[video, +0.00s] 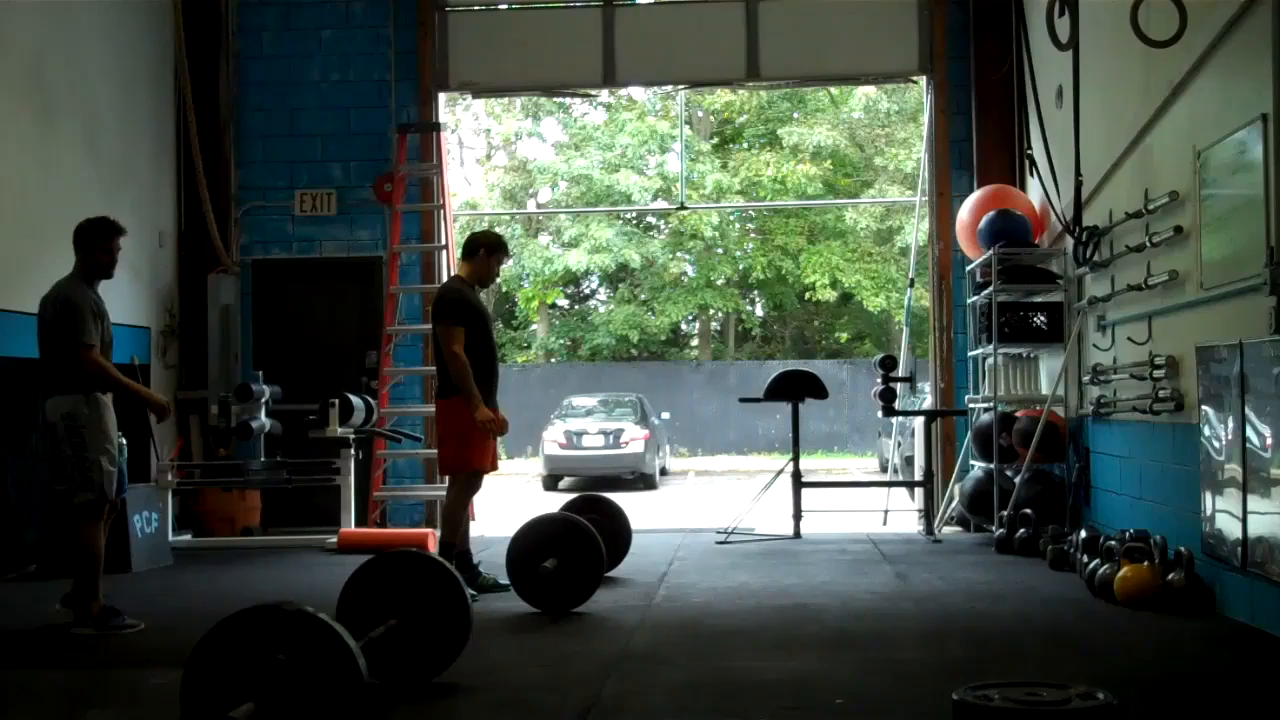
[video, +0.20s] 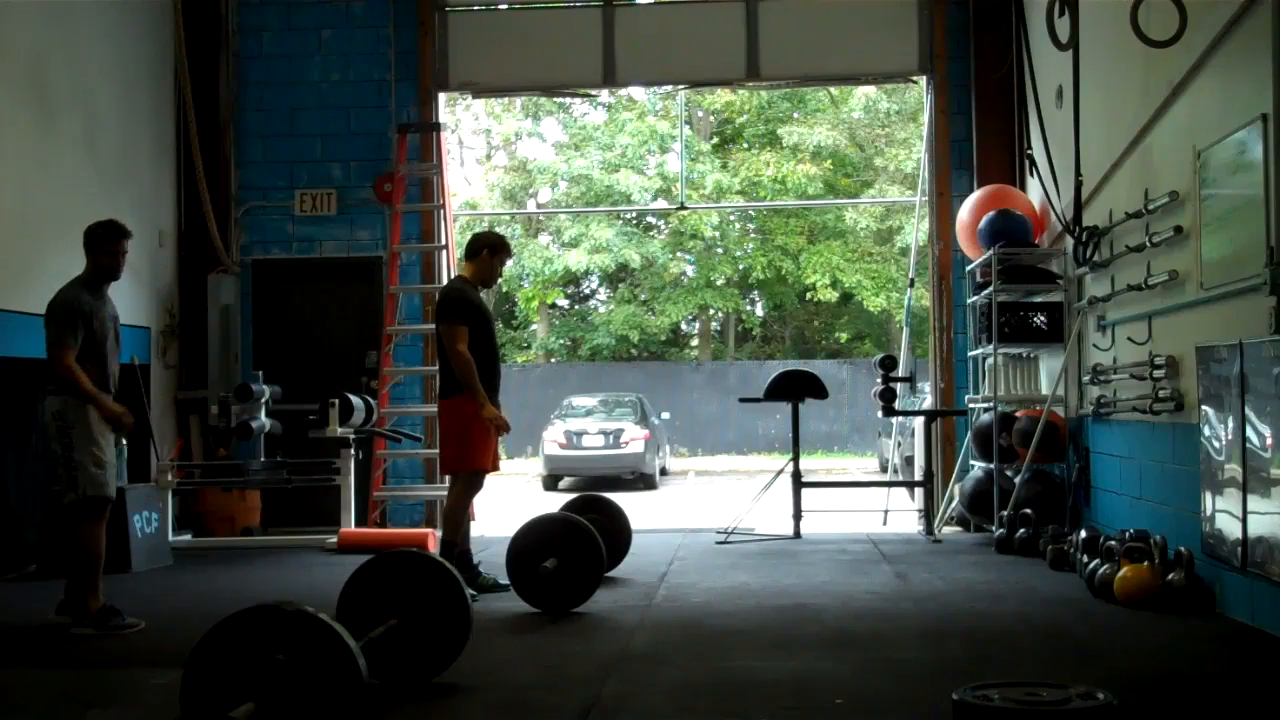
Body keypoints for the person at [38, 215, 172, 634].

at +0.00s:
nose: (118, 258)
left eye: (118, 250)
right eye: (113, 250)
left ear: (89, 251)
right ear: (93, 250)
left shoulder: (66, 295)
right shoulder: (79, 298)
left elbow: (80, 363)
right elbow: (89, 361)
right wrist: (146, 394)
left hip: (72, 412)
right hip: (84, 413)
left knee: (92, 506)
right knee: (95, 508)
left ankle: (82, 596)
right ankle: (91, 607)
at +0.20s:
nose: (123, 261)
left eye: (125, 253)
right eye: (116, 253)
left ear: (121, 254)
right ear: (94, 253)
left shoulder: (104, 304)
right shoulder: (69, 301)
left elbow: (104, 364)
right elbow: (63, 363)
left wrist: (114, 409)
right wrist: (107, 405)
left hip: (98, 414)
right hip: (78, 415)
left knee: (95, 506)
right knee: (94, 506)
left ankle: (79, 600)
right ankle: (90, 605)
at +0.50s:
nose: (126, 263)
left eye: (130, 256)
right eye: (119, 255)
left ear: (132, 259)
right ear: (99, 255)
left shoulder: (122, 309)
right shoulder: (60, 302)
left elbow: (134, 359)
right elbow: (28, 358)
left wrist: (175, 396)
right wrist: (12, 408)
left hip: (104, 413)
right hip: (69, 412)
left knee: (90, 505)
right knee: (75, 505)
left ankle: (77, 597)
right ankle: (75, 600)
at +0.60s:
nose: (121, 263)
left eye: (126, 256)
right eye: (114, 255)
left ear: (131, 260)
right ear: (94, 254)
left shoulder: (129, 311)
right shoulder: (57, 303)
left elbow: (138, 368)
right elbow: (23, 360)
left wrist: (177, 405)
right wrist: (9, 410)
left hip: (108, 418)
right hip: (66, 415)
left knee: (92, 510)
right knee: (72, 509)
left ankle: (82, 596)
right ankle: (69, 601)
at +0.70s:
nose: (116, 262)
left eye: (121, 255)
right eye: (108, 254)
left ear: (127, 257)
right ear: (89, 254)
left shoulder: (130, 308)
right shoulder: (56, 304)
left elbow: (147, 365)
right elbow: (25, 363)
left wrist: (173, 414)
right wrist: (14, 414)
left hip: (110, 420)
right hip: (65, 418)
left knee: (93, 510)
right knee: (71, 510)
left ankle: (80, 596)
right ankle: (69, 602)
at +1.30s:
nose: (135, 256)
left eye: (136, 248)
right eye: (128, 249)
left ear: (129, 249)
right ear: (105, 249)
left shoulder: (135, 300)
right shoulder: (63, 302)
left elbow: (150, 358)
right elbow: (39, 365)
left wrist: (179, 405)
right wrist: (40, 421)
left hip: (129, 422)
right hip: (80, 425)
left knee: (152, 500)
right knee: (82, 512)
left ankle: (111, 576)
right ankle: (80, 604)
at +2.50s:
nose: (219, 239)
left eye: (224, 230)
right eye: (209, 232)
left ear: (236, 232)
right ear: (194, 237)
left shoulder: (259, 285)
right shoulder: (176, 293)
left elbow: (284, 347)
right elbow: (154, 365)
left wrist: (310, 398)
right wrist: (142, 428)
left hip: (256, 410)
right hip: (204, 413)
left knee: (273, 503)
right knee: (225, 516)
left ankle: (232, 575)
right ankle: (239, 608)